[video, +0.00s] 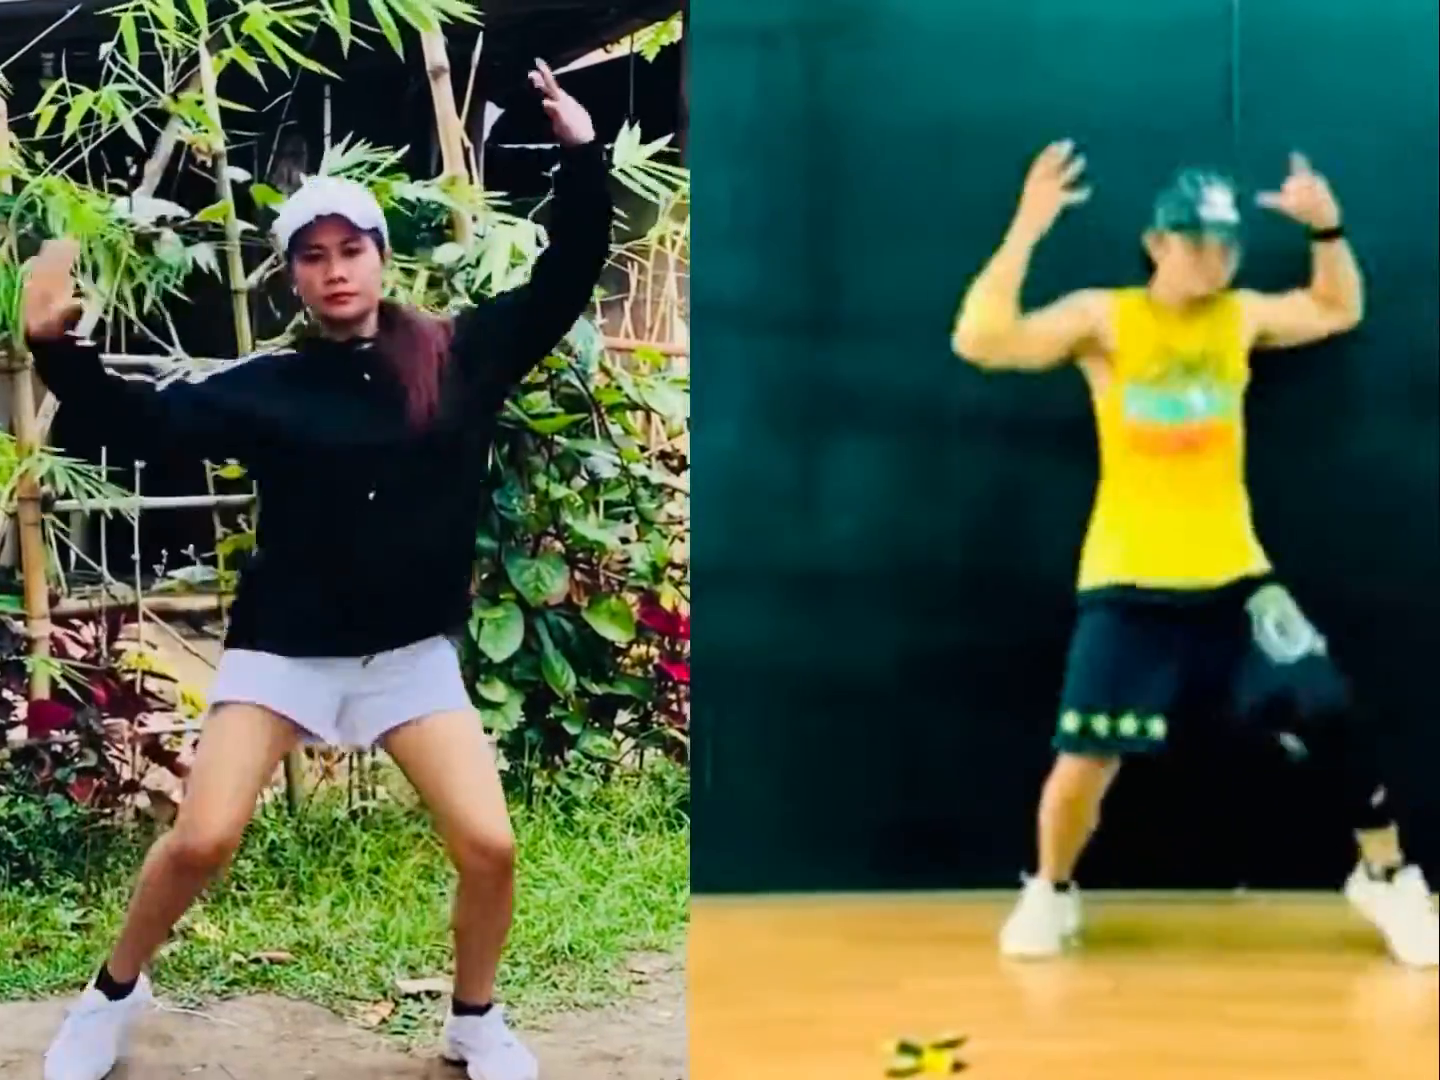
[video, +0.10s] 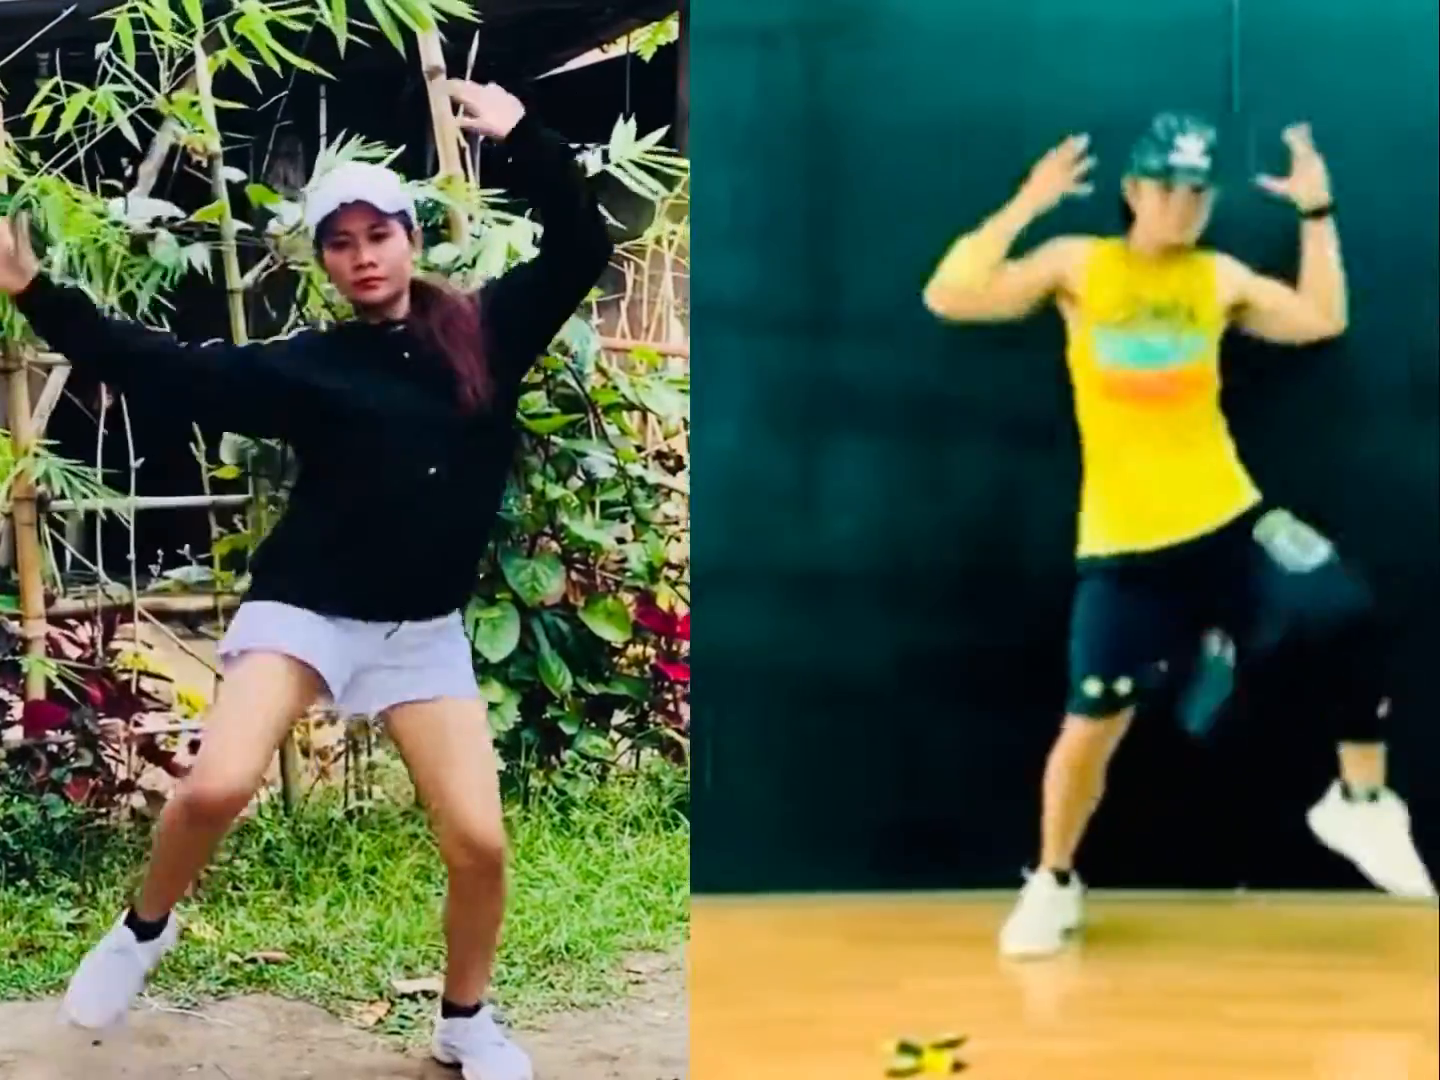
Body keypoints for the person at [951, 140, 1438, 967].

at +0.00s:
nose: (1209, 264)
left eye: (1222, 249)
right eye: (1195, 246)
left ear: (1236, 255)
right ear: (1157, 244)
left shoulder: (1242, 316)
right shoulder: (1101, 318)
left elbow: (1338, 309)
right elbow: (980, 338)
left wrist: (1326, 227)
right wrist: (1027, 229)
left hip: (1233, 572)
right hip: (1127, 577)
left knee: (1329, 708)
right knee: (1089, 753)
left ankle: (1386, 873)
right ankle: (1049, 892)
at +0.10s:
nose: (1183, 207)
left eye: (1196, 191)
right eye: (1167, 188)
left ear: (1211, 198)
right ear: (1132, 189)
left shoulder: (1219, 279)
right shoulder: (1075, 264)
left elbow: (1321, 318)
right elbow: (949, 295)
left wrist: (1317, 213)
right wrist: (1026, 202)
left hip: (1227, 515)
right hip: (1123, 535)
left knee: (1352, 621)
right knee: (1095, 714)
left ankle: (1363, 800)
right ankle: (1052, 882)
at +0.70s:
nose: (1224, 290)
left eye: (1239, 274)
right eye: (1208, 273)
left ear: (1259, 281)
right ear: (1181, 279)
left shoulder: (1286, 354)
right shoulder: (1145, 346)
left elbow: (1377, 295)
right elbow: (1061, 271)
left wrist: (1434, 221)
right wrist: (1055, 157)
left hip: (1288, 605)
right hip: (1176, 610)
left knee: (1377, 745)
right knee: (1111, 786)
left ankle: (1383, 893)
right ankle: (1091, 883)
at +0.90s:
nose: (1286, 253)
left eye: (1300, 234)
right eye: (1270, 237)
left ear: (1329, 226)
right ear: (1253, 237)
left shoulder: (1379, 284)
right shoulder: (1226, 309)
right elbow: (1115, 362)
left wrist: (1429, 188)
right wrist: (1104, 259)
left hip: (1341, 556)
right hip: (1233, 543)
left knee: (1402, 726)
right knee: (1140, 691)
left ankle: (1385, 891)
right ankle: (1040, 810)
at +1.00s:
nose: (1289, 233)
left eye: (1303, 214)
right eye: (1273, 218)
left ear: (1336, 205)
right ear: (1256, 217)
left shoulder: (1380, 283)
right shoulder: (1230, 282)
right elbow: (1124, 319)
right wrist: (1179, 221)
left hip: (1358, 530)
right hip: (1248, 516)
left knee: (1406, 714)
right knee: (1132, 600)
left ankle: (1388, 888)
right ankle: (1093, 727)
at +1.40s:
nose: (1317, 246)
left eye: (1320, 230)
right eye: (1300, 232)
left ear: (1326, 233)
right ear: (1255, 238)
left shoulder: (1349, 306)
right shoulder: (1195, 304)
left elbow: (1439, 315)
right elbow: (1068, 293)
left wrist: (1437, 208)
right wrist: (1170, 222)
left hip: (1352, 558)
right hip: (1235, 563)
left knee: (1425, 699)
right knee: (1132, 713)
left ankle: (1396, 884)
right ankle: (1040, 838)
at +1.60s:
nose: (1245, 330)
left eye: (1249, 315)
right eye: (1228, 317)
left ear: (1254, 318)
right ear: (1183, 323)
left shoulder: (1270, 365)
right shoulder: (1144, 385)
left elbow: (1373, 316)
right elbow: (1087, 311)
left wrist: (1430, 231)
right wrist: (1075, 203)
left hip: (1284, 631)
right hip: (1180, 631)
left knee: (1406, 738)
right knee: (1110, 800)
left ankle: (1386, 894)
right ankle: (1061, 889)